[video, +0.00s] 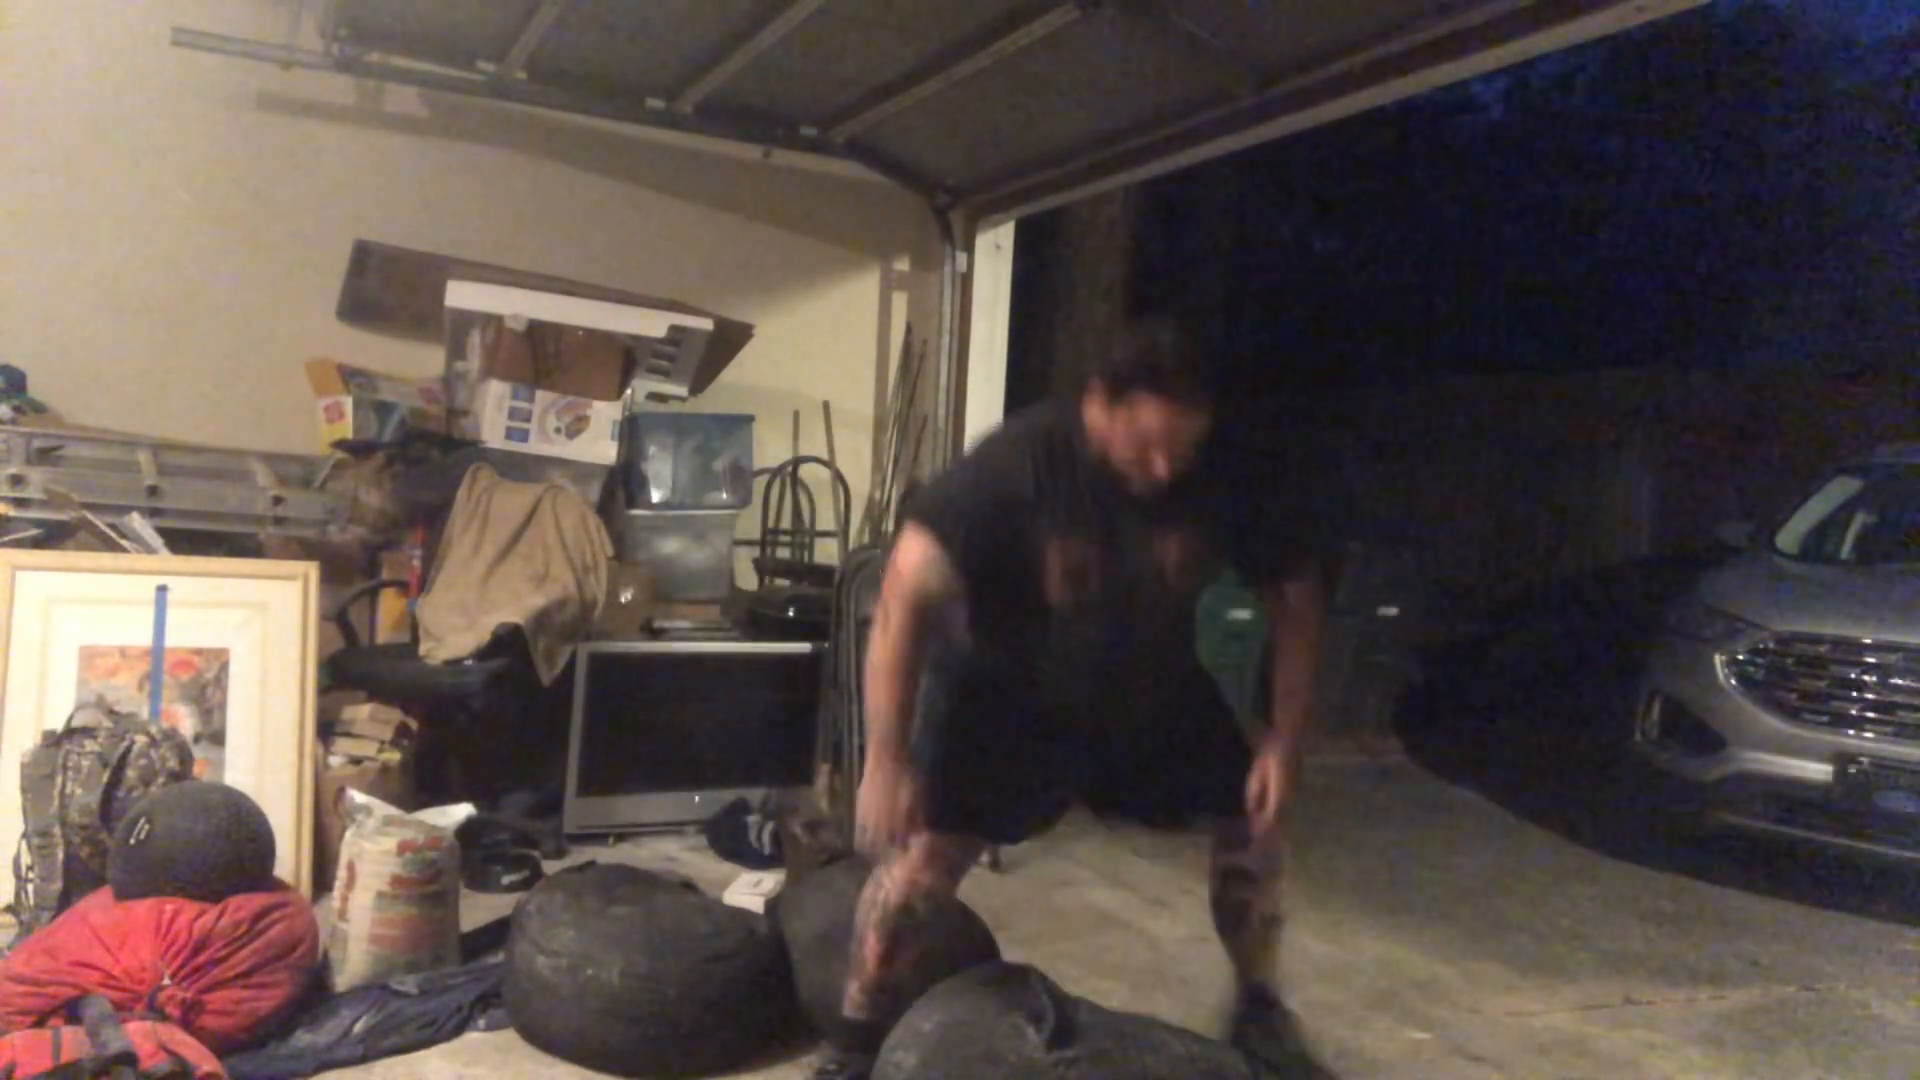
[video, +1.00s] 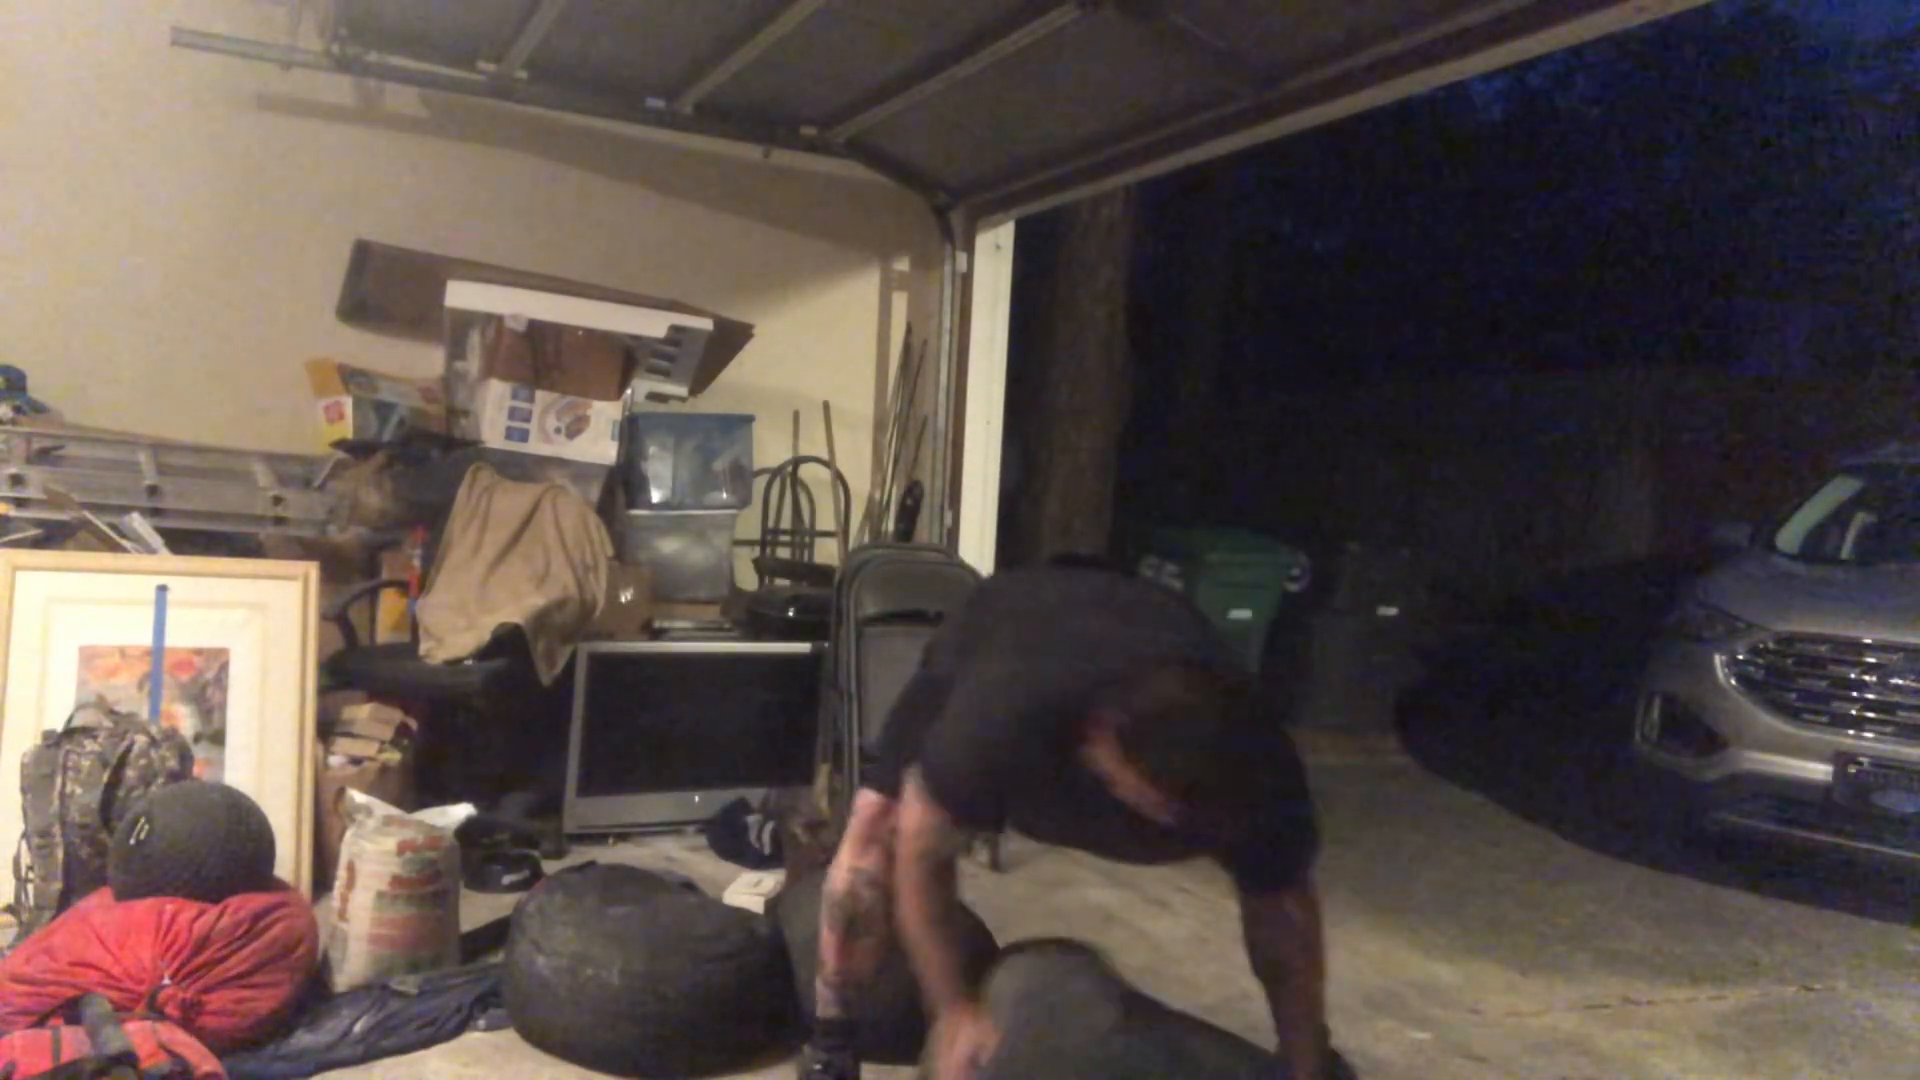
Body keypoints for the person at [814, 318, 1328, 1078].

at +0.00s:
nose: (1162, 468)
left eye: (1181, 449)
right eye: (1144, 446)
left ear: (1204, 426)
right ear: (1098, 408)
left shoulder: (1222, 476)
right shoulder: (1020, 463)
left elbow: (1296, 596)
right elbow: (901, 592)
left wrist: (1282, 741)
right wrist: (883, 763)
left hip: (1154, 699)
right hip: (1008, 703)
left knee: (1254, 824)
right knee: (926, 859)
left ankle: (1259, 1009)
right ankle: (854, 1038)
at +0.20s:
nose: (1192, 668)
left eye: (1213, 651)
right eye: (1172, 648)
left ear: (1242, 621)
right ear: (1126, 603)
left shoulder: (1272, 640)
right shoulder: (1034, 609)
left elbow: (1305, 810)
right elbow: (910, 769)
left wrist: (1301, 966)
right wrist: (879, 950)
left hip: (1170, 754)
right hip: (1021, 738)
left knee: (1274, 836)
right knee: (873, 857)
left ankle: (1304, 1047)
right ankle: (833, 1029)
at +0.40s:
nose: (1223, 864)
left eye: (1240, 851)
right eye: (1202, 849)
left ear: (1275, 807)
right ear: (1159, 797)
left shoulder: (1302, 790)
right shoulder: (1055, 768)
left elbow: (1297, 958)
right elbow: (936, 932)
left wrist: (1288, 1070)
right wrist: (865, 1065)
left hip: (1187, 633)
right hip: (1025, 637)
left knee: (1315, 886)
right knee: (894, 865)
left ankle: (1317, 1050)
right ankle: (836, 1039)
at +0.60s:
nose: (1296, 827)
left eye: (1319, 817)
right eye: (1291, 805)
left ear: (1361, 788)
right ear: (1256, 748)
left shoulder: (1362, 786)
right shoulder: (1145, 739)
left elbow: (1330, 930)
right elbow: (1001, 868)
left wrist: (1305, 1061)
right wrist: (920, 1034)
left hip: (1189, 637)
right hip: (1048, 649)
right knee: (939, 858)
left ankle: (1313, 1060)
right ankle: (852, 1031)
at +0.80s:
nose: (1277, 815)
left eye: (1302, 808)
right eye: (1272, 793)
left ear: (1347, 780)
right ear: (1241, 731)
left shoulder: (1341, 790)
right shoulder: (1136, 684)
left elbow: (1324, 946)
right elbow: (991, 748)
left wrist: (1322, 1060)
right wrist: (986, 914)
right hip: (1035, 660)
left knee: (1314, 911)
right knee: (918, 830)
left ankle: (1313, 1061)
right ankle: (830, 1036)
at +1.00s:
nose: (1171, 823)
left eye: (1190, 813)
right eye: (1154, 804)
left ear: (1225, 770)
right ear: (1104, 744)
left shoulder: (1253, 758)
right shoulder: (1004, 709)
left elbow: (1285, 910)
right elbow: (915, 852)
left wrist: (1303, 1057)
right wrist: (952, 1009)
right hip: (988, 648)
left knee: (1273, 882)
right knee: (858, 880)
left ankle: (1310, 1052)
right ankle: (831, 1049)